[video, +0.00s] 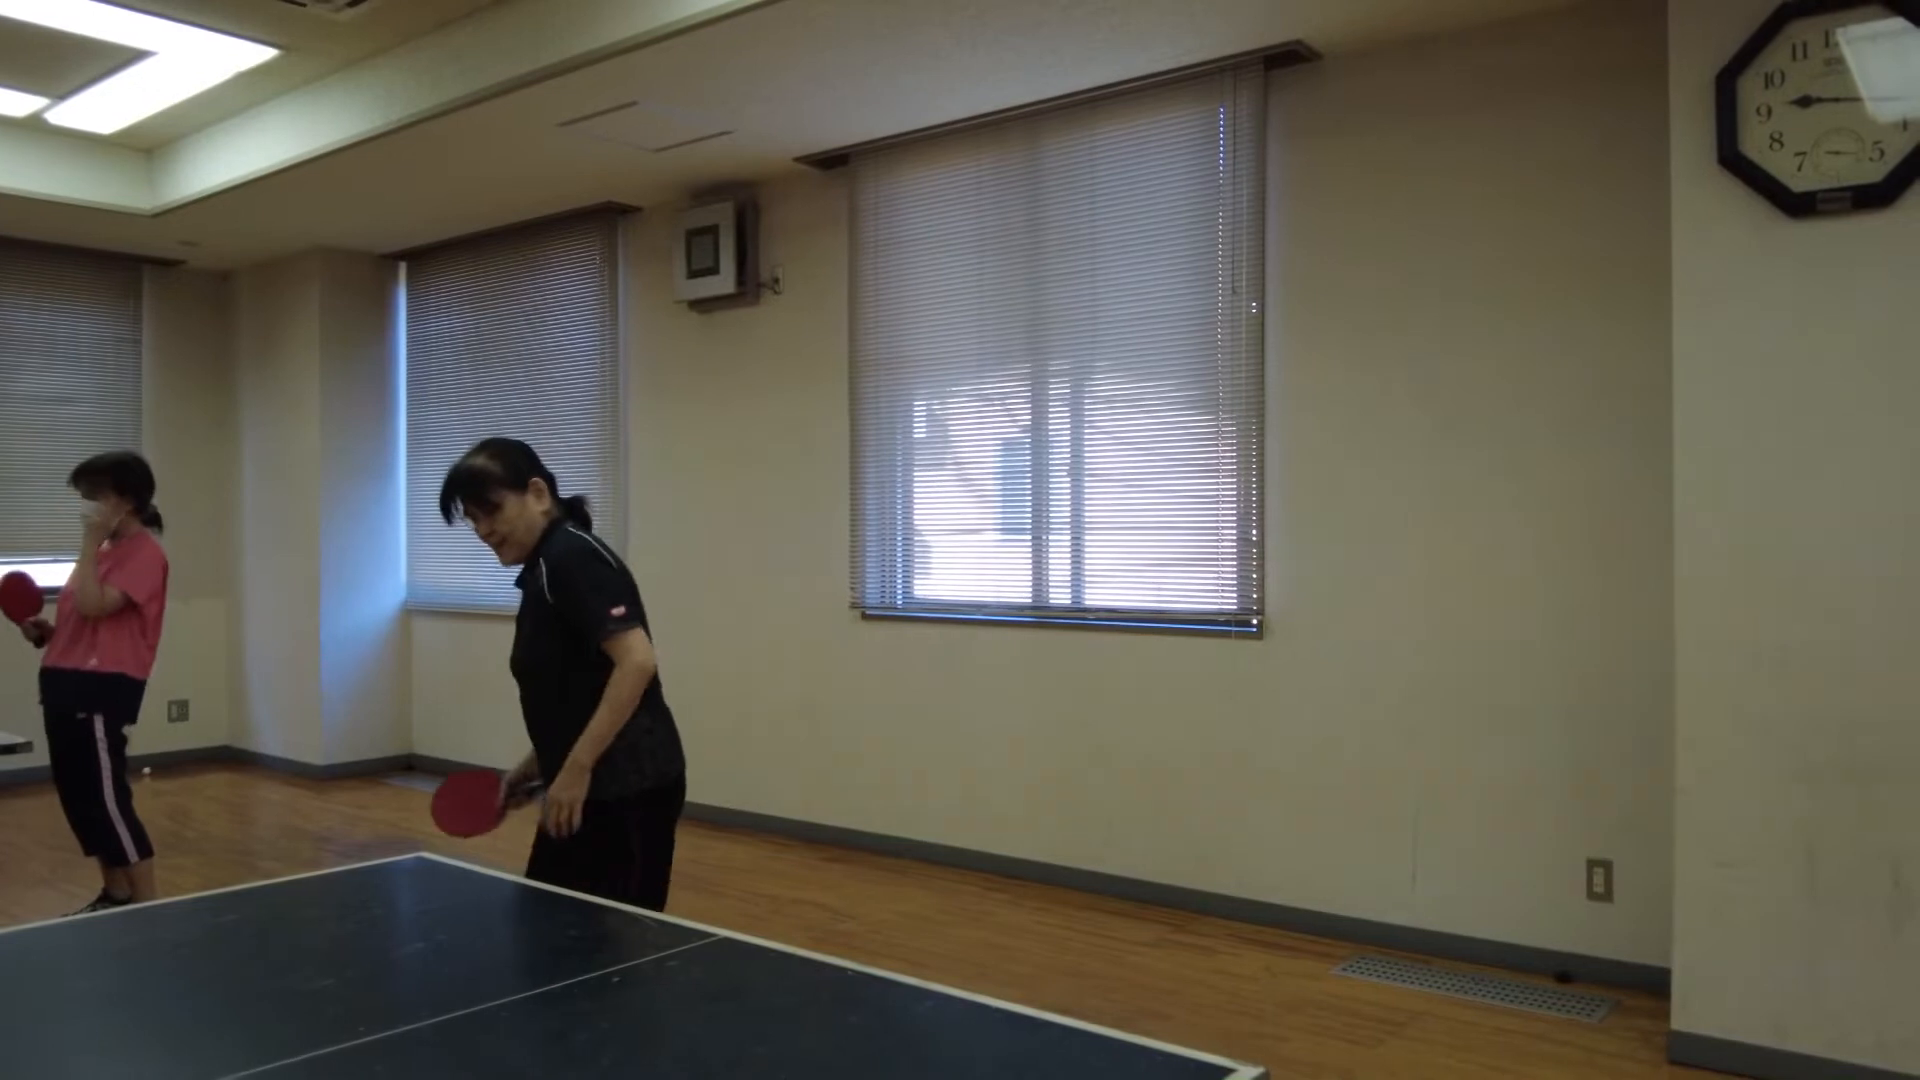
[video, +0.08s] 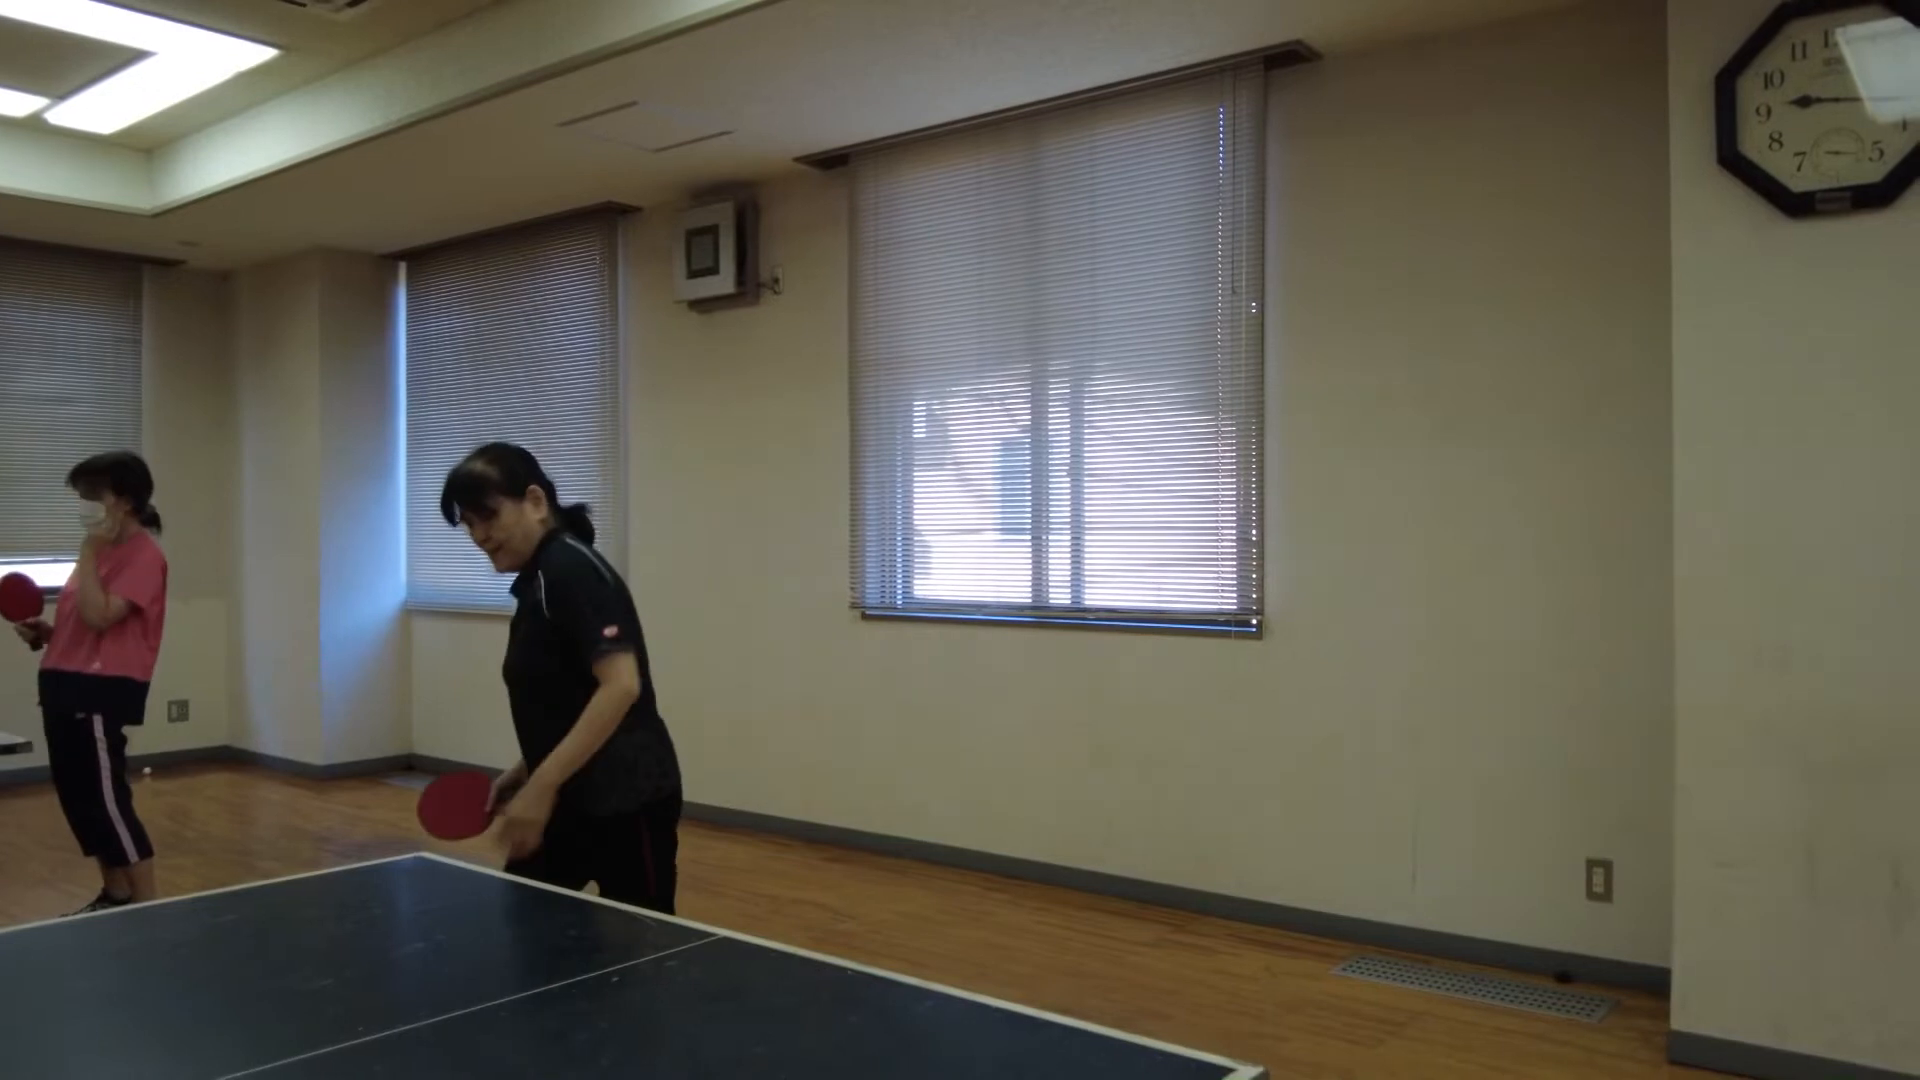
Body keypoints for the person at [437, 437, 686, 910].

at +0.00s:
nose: (483, 530)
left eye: (492, 509)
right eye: (473, 519)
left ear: (538, 494)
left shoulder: (572, 556)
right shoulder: (545, 568)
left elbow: (636, 660)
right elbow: (588, 684)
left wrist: (578, 766)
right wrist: (540, 764)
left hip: (627, 789)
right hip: (589, 790)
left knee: (613, 946)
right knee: (540, 930)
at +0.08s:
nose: (479, 536)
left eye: (488, 515)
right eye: (469, 524)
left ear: (536, 501)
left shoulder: (570, 567)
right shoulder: (538, 578)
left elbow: (622, 685)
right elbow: (575, 694)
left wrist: (543, 786)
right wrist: (528, 770)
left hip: (628, 798)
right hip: (568, 799)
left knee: (642, 949)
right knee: (517, 929)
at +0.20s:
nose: (449, 548)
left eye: (460, 529)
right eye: (439, 535)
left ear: (510, 518)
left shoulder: (550, 593)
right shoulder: (504, 598)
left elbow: (557, 725)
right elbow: (525, 718)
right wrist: (497, 793)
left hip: (609, 808)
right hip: (538, 801)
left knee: (627, 955)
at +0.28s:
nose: (403, 545)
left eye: (416, 526)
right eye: (396, 532)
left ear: (467, 519)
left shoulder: (505, 596)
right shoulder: (471, 598)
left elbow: (496, 731)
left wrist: (360, 774)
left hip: (572, 822)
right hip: (509, 817)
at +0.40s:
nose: (321, 549)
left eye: (332, 528)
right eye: (312, 536)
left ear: (384, 512)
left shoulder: (426, 588)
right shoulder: (399, 588)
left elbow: (428, 729)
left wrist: (292, 785)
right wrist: (419, 803)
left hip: (504, 821)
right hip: (455, 815)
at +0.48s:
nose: (268, 544)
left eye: (277, 521)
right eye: (258, 531)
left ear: (329, 502)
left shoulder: (382, 582)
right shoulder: (347, 585)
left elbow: (393, 726)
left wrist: (274, 814)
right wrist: (364, 801)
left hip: (462, 813)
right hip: (406, 806)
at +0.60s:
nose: (190, 543)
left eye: (198, 521)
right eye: (180, 530)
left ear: (252, 495)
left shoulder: (316, 578)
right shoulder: (270, 580)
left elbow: (341, 729)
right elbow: (305, 722)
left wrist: (232, 836)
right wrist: (278, 813)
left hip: (399, 803)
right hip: (349, 800)